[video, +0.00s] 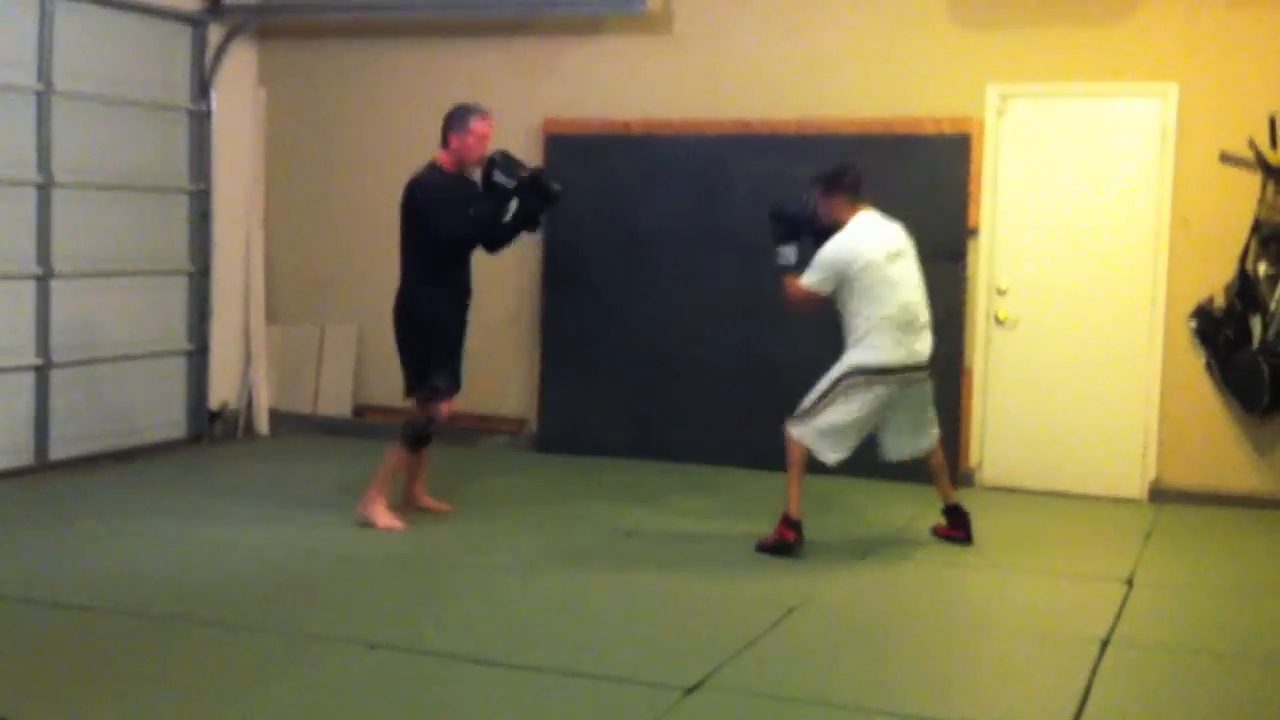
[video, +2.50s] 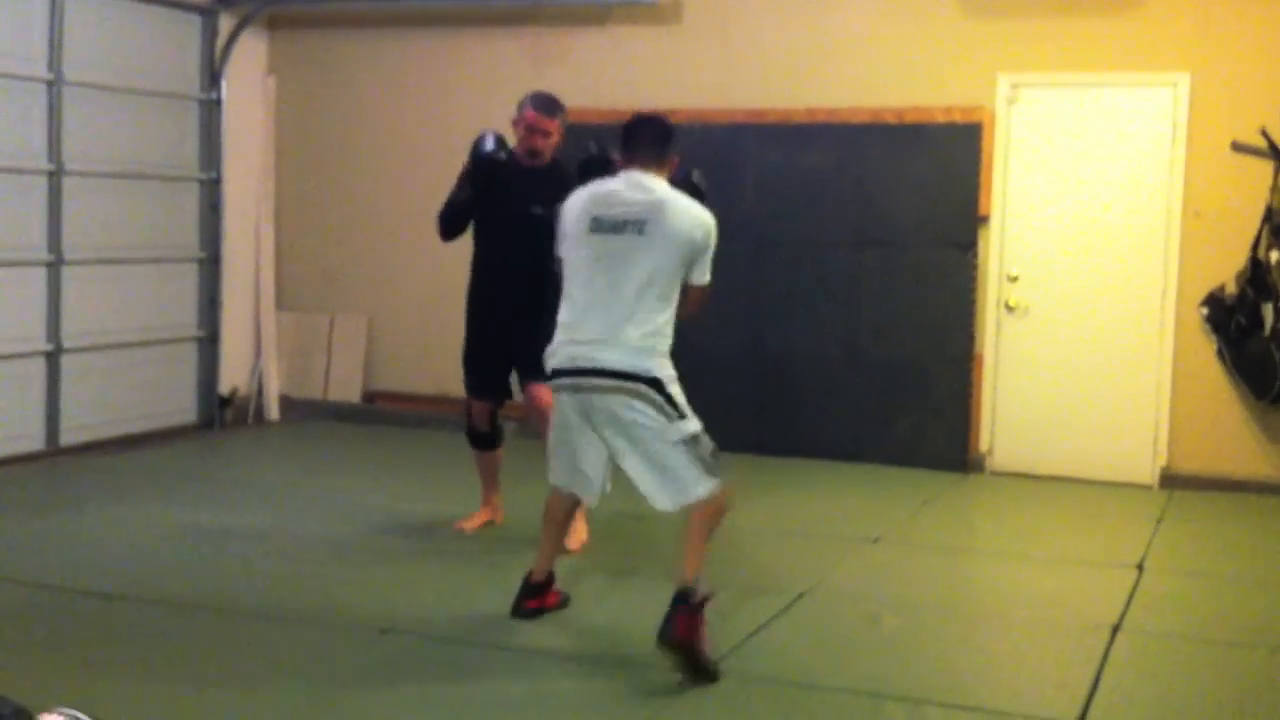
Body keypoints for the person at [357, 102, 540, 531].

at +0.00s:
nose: (486, 149)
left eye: (488, 140)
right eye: (482, 139)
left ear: (465, 139)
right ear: (456, 138)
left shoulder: (463, 185)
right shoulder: (430, 187)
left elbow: (491, 239)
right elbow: (470, 233)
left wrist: (528, 209)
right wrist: (497, 193)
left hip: (446, 308)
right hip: (423, 308)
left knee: (436, 403)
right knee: (431, 404)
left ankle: (415, 491)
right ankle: (376, 498)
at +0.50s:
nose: (481, 153)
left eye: (485, 144)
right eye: (475, 143)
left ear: (486, 147)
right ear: (452, 142)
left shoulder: (478, 187)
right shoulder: (425, 189)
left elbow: (512, 237)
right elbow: (459, 239)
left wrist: (525, 188)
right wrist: (489, 190)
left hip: (472, 311)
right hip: (429, 313)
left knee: (503, 401)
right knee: (418, 409)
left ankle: (538, 501)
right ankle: (367, 502)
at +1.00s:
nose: (509, 152)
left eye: (517, 146)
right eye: (502, 143)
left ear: (524, 148)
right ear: (482, 140)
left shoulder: (529, 189)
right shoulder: (458, 185)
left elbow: (551, 253)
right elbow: (458, 232)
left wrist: (551, 198)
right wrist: (489, 178)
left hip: (516, 311)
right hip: (466, 312)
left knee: (558, 392)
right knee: (466, 412)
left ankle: (561, 496)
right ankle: (451, 503)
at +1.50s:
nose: (539, 148)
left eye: (546, 140)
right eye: (531, 139)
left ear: (558, 139)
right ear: (514, 136)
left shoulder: (571, 184)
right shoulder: (494, 182)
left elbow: (617, 232)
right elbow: (495, 224)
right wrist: (528, 174)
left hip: (562, 320)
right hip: (510, 319)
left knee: (572, 418)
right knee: (489, 416)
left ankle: (591, 530)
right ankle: (475, 507)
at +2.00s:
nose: (520, 143)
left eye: (527, 134)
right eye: (511, 135)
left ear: (538, 132)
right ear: (494, 133)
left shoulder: (555, 180)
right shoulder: (478, 184)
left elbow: (600, 212)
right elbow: (473, 242)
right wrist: (491, 179)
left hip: (549, 308)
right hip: (497, 308)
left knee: (560, 402)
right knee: (470, 409)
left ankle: (581, 521)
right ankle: (446, 507)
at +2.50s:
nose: (535, 140)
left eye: (545, 133)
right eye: (529, 129)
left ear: (560, 135)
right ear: (515, 126)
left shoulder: (567, 182)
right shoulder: (490, 171)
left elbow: (586, 240)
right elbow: (448, 228)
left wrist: (597, 184)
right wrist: (476, 172)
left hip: (544, 307)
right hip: (490, 305)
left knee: (543, 401)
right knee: (480, 409)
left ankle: (572, 507)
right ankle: (490, 503)